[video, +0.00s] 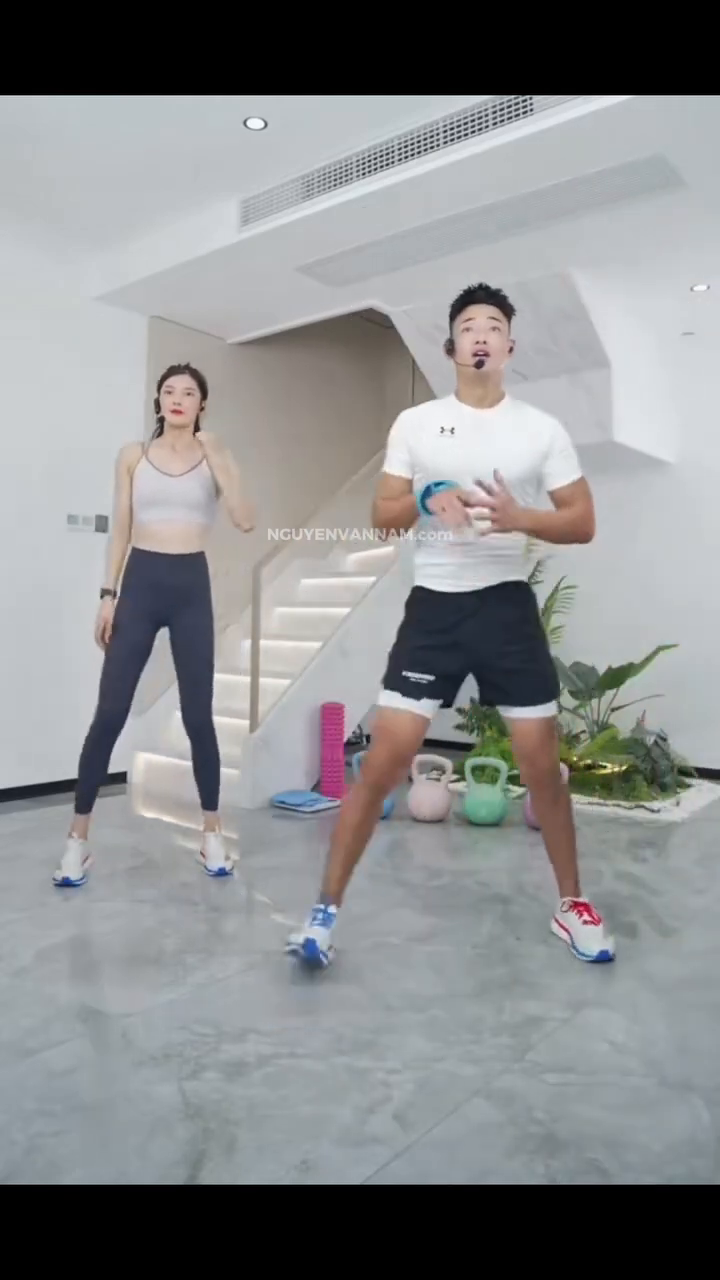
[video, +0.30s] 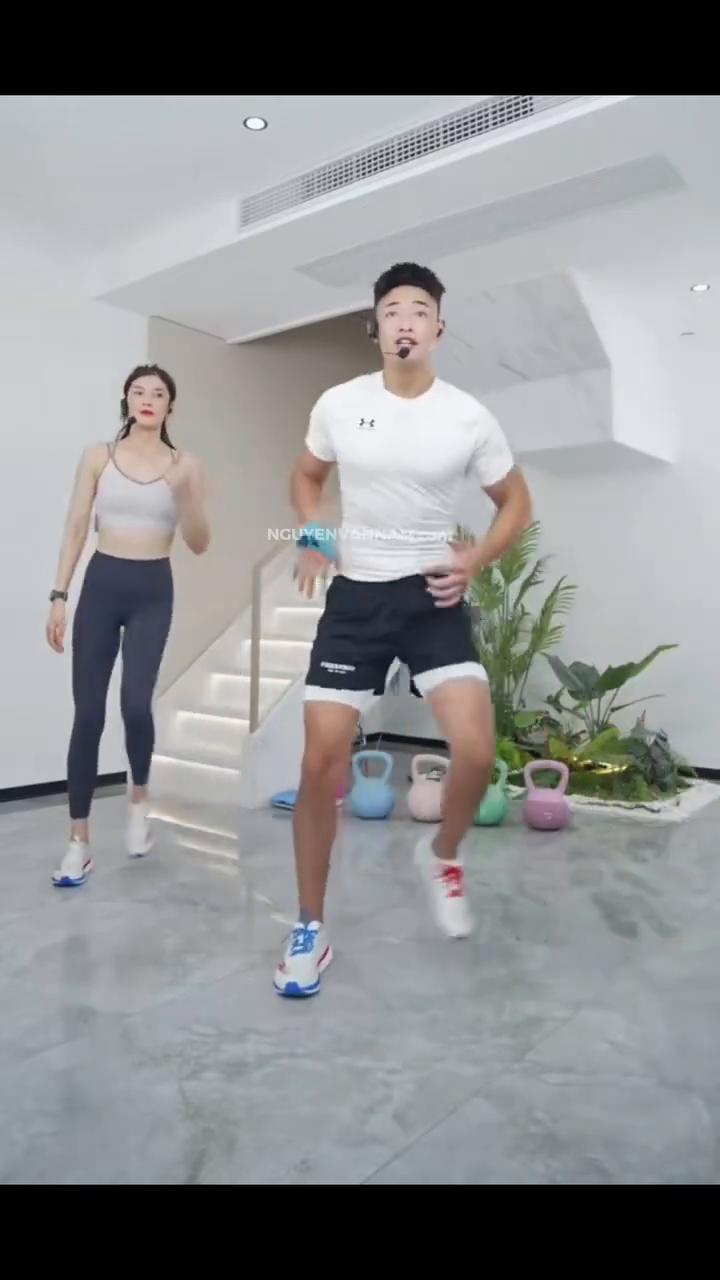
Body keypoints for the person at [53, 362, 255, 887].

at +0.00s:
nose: (178, 399)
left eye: (188, 393)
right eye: (171, 391)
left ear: (202, 405)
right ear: (158, 400)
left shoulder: (215, 455)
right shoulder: (134, 455)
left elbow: (244, 519)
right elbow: (122, 530)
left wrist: (214, 454)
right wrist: (109, 595)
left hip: (193, 588)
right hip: (139, 586)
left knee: (198, 715)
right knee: (109, 716)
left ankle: (212, 832)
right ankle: (78, 835)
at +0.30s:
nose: (148, 400)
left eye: (157, 394)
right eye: (140, 392)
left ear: (170, 406)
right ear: (126, 401)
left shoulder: (184, 464)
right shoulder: (98, 457)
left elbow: (199, 543)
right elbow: (77, 529)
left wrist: (186, 490)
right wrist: (59, 597)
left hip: (153, 589)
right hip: (100, 585)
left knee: (136, 707)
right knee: (88, 715)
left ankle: (139, 799)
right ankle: (78, 837)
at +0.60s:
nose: (146, 400)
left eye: (155, 394)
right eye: (137, 392)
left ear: (166, 406)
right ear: (121, 402)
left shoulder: (184, 464)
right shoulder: (96, 460)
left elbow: (208, 541)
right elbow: (81, 533)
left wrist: (194, 491)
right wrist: (71, 603)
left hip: (159, 595)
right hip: (104, 593)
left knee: (185, 708)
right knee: (87, 718)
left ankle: (168, 812)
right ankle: (78, 838)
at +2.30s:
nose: (189, 410)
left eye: (197, 403)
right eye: (180, 402)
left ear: (209, 412)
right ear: (165, 409)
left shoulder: (225, 470)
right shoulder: (142, 463)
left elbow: (237, 545)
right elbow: (120, 536)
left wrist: (250, 610)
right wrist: (116, 599)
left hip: (202, 601)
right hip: (147, 599)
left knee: (245, 705)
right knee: (126, 720)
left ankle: (242, 796)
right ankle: (110, 835)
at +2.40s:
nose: (202, 404)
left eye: (210, 397)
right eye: (193, 396)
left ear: (223, 407)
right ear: (179, 405)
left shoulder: (238, 464)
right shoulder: (157, 459)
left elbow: (252, 535)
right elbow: (141, 534)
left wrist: (262, 590)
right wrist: (138, 598)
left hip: (222, 593)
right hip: (165, 591)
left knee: (252, 710)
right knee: (140, 717)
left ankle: (287, 814)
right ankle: (112, 834)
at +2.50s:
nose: (219, 410)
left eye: (227, 403)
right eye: (210, 403)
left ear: (239, 412)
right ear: (196, 411)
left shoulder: (260, 470)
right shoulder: (177, 467)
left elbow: (280, 536)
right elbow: (163, 538)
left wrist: (283, 599)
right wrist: (155, 606)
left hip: (245, 597)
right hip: (189, 596)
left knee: (266, 715)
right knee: (155, 719)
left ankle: (296, 825)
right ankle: (113, 833)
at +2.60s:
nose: (234, 412)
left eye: (243, 405)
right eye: (226, 405)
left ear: (257, 415)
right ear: (214, 414)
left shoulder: (278, 470)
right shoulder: (196, 471)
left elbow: (306, 537)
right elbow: (184, 540)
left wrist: (303, 607)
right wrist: (174, 606)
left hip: (269, 599)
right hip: (215, 600)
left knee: (281, 716)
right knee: (168, 714)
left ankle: (297, 825)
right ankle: (127, 825)